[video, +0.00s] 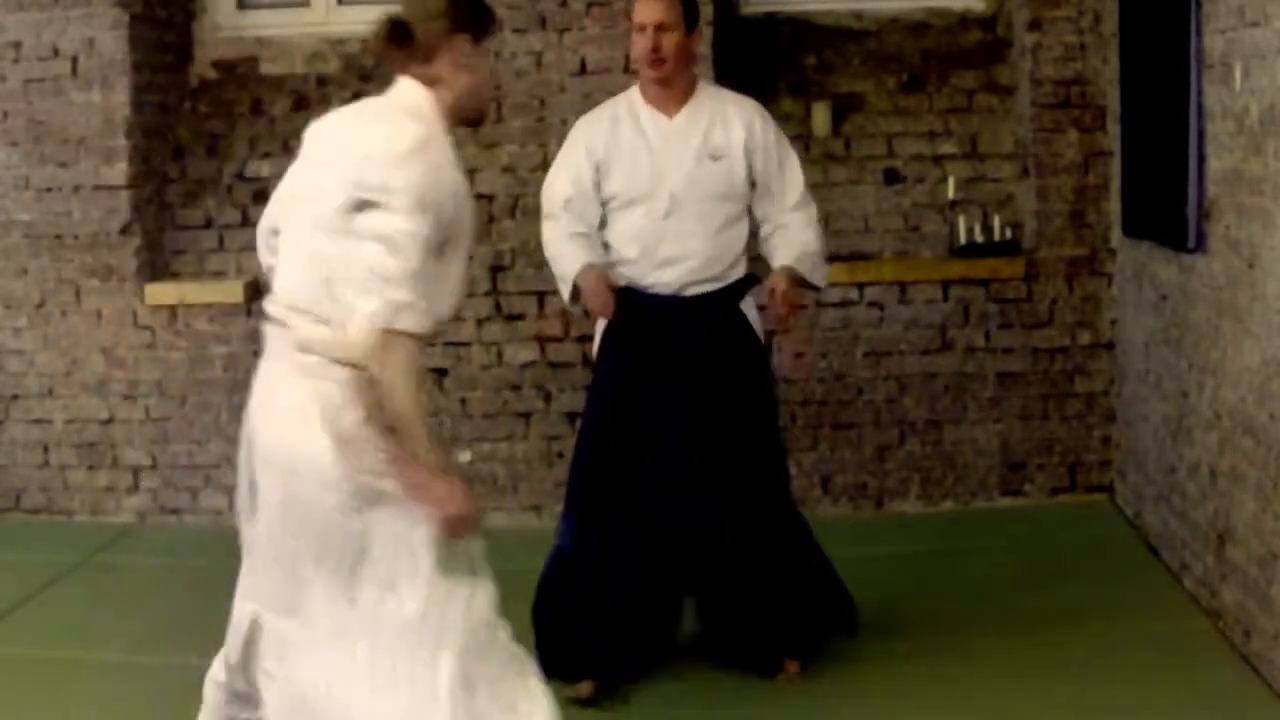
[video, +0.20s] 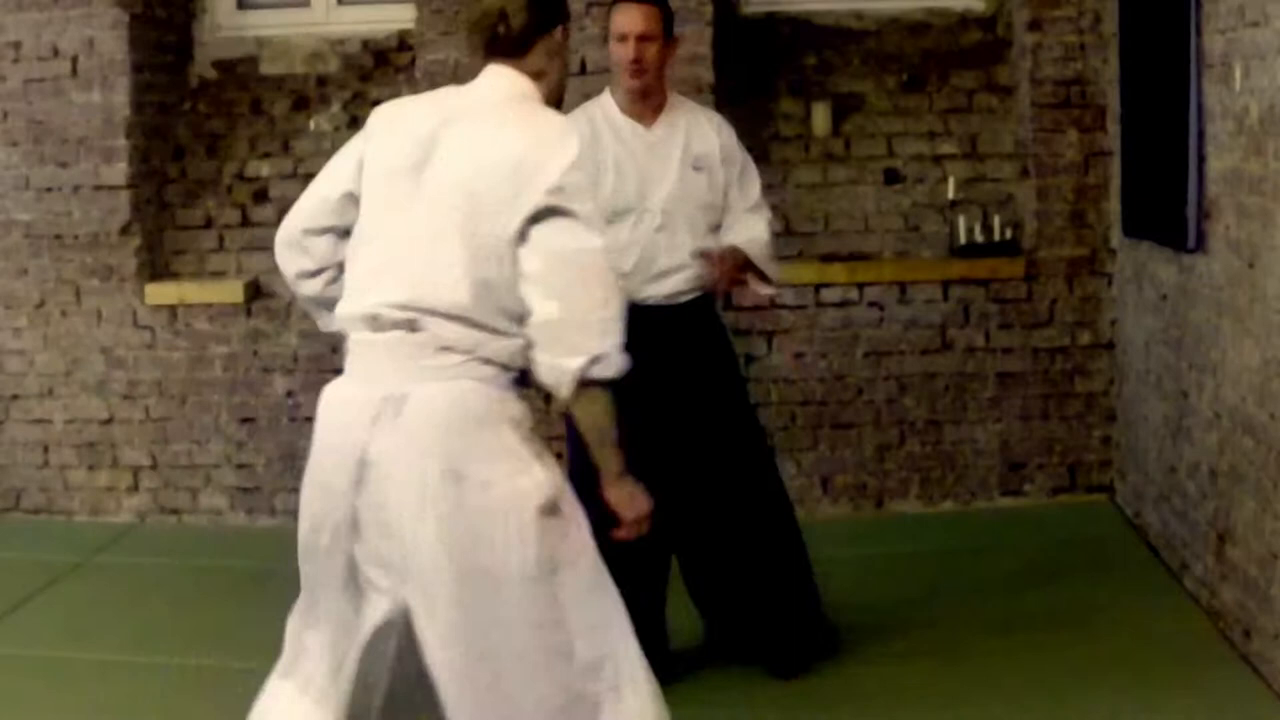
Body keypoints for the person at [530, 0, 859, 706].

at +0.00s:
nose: (652, 44)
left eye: (666, 29)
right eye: (641, 31)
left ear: (693, 37)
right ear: (627, 40)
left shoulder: (744, 120)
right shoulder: (597, 131)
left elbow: (790, 208)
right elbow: (561, 214)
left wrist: (786, 271)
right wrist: (585, 274)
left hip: (725, 324)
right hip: (634, 326)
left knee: (745, 484)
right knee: (614, 488)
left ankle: (773, 637)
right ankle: (593, 654)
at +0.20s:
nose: (632, 52)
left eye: (645, 39)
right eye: (621, 40)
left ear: (670, 49)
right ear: (606, 49)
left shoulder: (710, 132)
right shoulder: (576, 136)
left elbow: (753, 216)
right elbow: (549, 228)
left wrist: (734, 254)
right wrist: (571, 291)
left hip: (694, 328)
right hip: (606, 330)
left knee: (734, 485)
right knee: (618, 495)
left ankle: (775, 638)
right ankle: (627, 652)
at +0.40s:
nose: (622, 49)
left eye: (634, 36)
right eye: (611, 37)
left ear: (657, 46)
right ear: (592, 46)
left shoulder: (694, 128)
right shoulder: (568, 128)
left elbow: (742, 211)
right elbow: (543, 209)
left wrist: (679, 231)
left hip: (680, 316)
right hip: (595, 321)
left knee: (711, 477)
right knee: (614, 485)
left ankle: (739, 637)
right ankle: (626, 641)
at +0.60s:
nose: (628, 67)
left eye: (641, 54)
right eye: (617, 55)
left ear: (665, 61)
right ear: (604, 62)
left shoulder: (709, 138)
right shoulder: (585, 144)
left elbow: (752, 226)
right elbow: (570, 239)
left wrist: (681, 173)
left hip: (695, 340)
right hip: (615, 343)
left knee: (714, 496)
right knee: (633, 497)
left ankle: (721, 641)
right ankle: (643, 644)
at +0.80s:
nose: (641, 81)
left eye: (654, 68)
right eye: (630, 69)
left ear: (678, 74)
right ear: (616, 76)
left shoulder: (720, 145)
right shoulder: (599, 149)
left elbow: (760, 233)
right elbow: (586, 241)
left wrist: (695, 184)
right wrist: (637, 177)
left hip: (707, 345)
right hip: (627, 348)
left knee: (722, 504)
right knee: (639, 501)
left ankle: (723, 644)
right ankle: (645, 645)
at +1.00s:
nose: (642, 81)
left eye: (655, 69)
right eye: (632, 70)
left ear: (682, 73)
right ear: (619, 75)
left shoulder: (726, 143)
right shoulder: (604, 147)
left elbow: (762, 232)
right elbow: (584, 234)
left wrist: (686, 171)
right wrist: (630, 173)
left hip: (708, 337)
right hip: (626, 340)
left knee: (734, 489)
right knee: (642, 488)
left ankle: (737, 628)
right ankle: (645, 629)